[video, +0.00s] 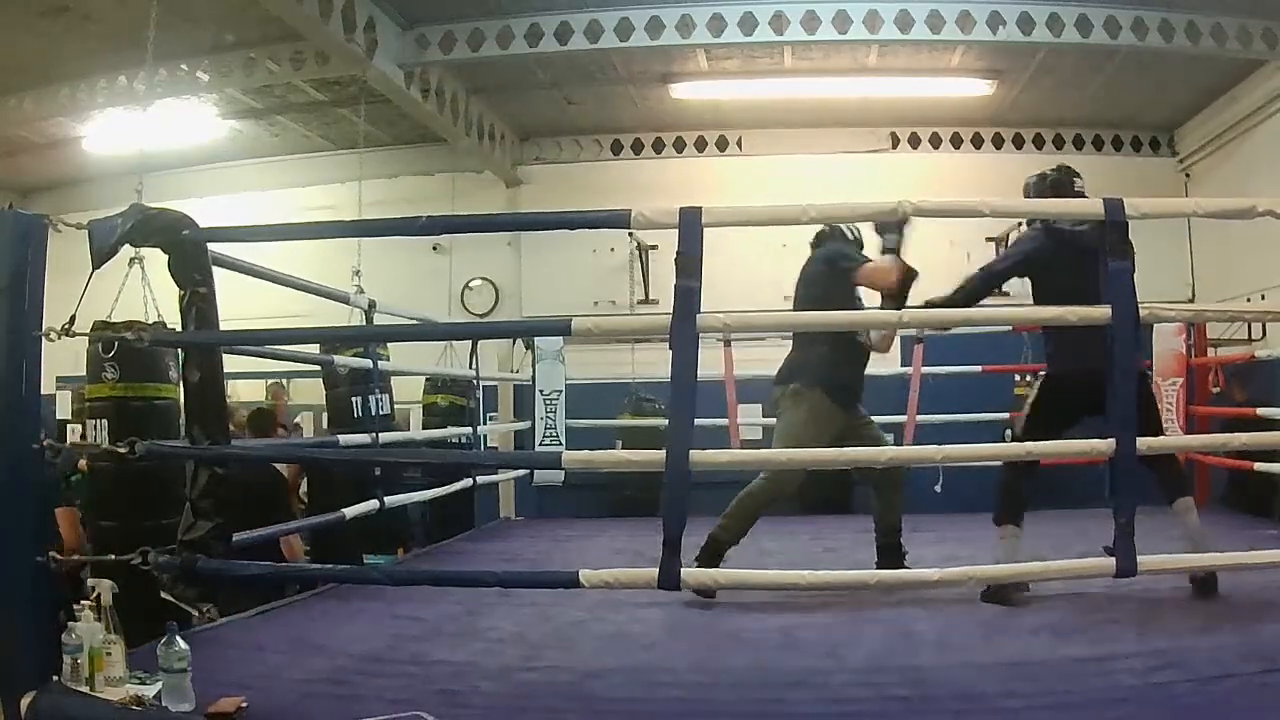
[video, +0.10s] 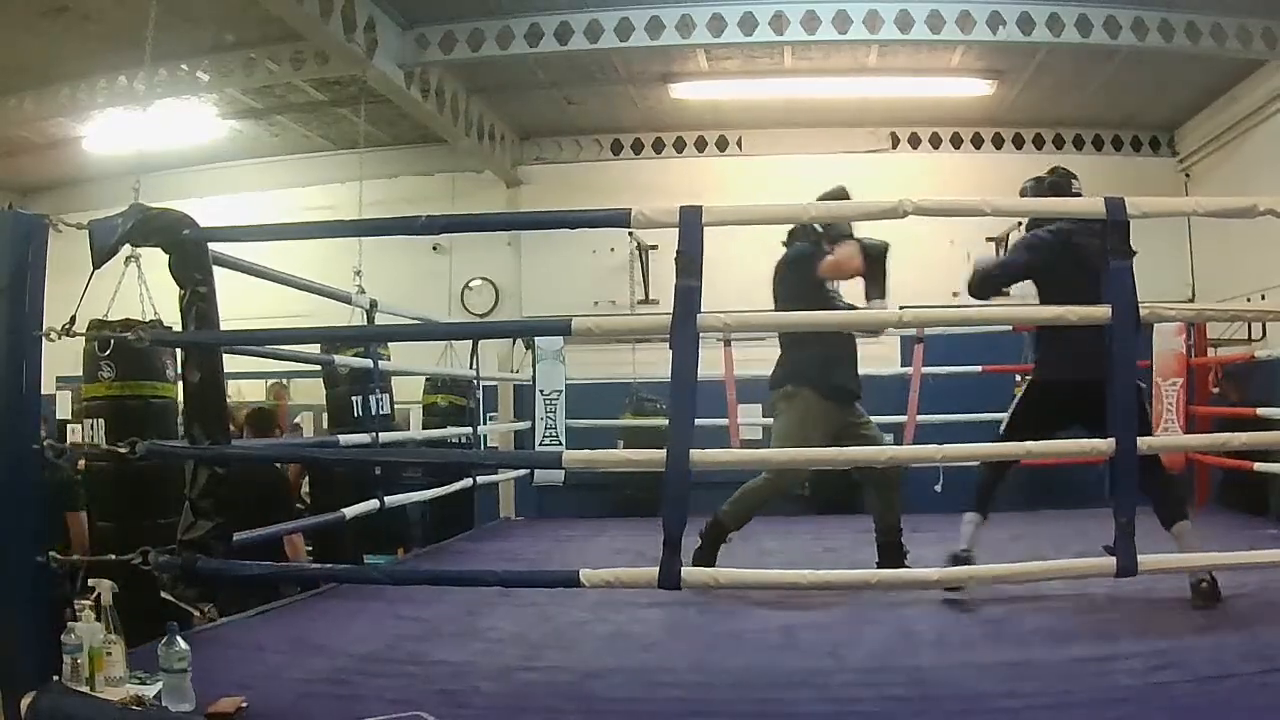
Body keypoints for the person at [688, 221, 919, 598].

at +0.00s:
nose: (861, 255)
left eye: (856, 250)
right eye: (855, 247)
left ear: (826, 244)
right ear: (844, 243)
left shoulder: (843, 297)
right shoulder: (829, 257)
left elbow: (881, 341)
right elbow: (892, 277)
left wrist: (894, 293)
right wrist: (891, 244)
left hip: (841, 406)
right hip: (809, 396)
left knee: (888, 467)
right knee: (780, 478)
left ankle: (891, 562)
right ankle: (706, 562)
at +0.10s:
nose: (847, 234)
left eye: (848, 228)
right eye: (843, 227)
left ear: (816, 224)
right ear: (825, 227)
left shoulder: (819, 275)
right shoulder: (796, 262)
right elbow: (850, 264)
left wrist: (868, 263)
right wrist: (840, 235)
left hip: (840, 402)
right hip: (803, 396)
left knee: (885, 468)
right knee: (782, 477)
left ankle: (891, 559)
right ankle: (712, 538)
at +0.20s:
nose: (816, 234)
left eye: (815, 228)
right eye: (811, 227)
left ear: (783, 226)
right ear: (791, 225)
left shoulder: (793, 265)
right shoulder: (766, 253)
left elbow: (831, 316)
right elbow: (809, 269)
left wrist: (838, 277)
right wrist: (825, 251)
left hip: (820, 387)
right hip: (780, 385)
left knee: (859, 467)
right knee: (767, 471)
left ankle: (890, 551)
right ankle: (710, 535)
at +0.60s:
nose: (739, 222)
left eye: (744, 214)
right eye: (732, 214)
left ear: (753, 216)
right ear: (715, 216)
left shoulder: (762, 249)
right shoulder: (693, 255)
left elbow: (804, 287)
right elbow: (727, 285)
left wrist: (808, 245)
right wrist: (733, 238)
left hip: (761, 375)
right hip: (710, 378)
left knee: (785, 456)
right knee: (691, 462)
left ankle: (788, 544)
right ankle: (674, 543)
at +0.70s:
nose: (727, 240)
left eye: (732, 232)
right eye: (717, 232)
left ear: (741, 234)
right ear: (702, 235)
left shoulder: (754, 270)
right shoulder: (689, 274)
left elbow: (800, 303)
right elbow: (711, 314)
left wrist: (799, 265)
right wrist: (715, 263)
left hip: (752, 393)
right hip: (701, 396)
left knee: (772, 470)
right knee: (677, 468)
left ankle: (780, 553)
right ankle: (660, 520)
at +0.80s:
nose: (711, 256)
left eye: (717, 249)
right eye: (703, 250)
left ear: (727, 251)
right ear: (691, 253)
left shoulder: (743, 287)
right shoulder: (679, 291)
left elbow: (777, 327)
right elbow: (671, 302)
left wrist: (784, 292)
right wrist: (699, 281)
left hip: (740, 403)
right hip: (691, 406)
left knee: (766, 473)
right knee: (666, 468)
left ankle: (780, 552)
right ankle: (657, 524)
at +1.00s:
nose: (670, 267)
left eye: (676, 260)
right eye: (665, 261)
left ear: (688, 257)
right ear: (659, 262)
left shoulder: (711, 291)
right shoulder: (650, 294)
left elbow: (741, 331)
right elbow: (641, 327)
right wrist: (654, 280)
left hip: (703, 394)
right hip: (663, 395)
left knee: (717, 464)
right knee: (651, 464)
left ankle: (751, 543)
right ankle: (665, 532)